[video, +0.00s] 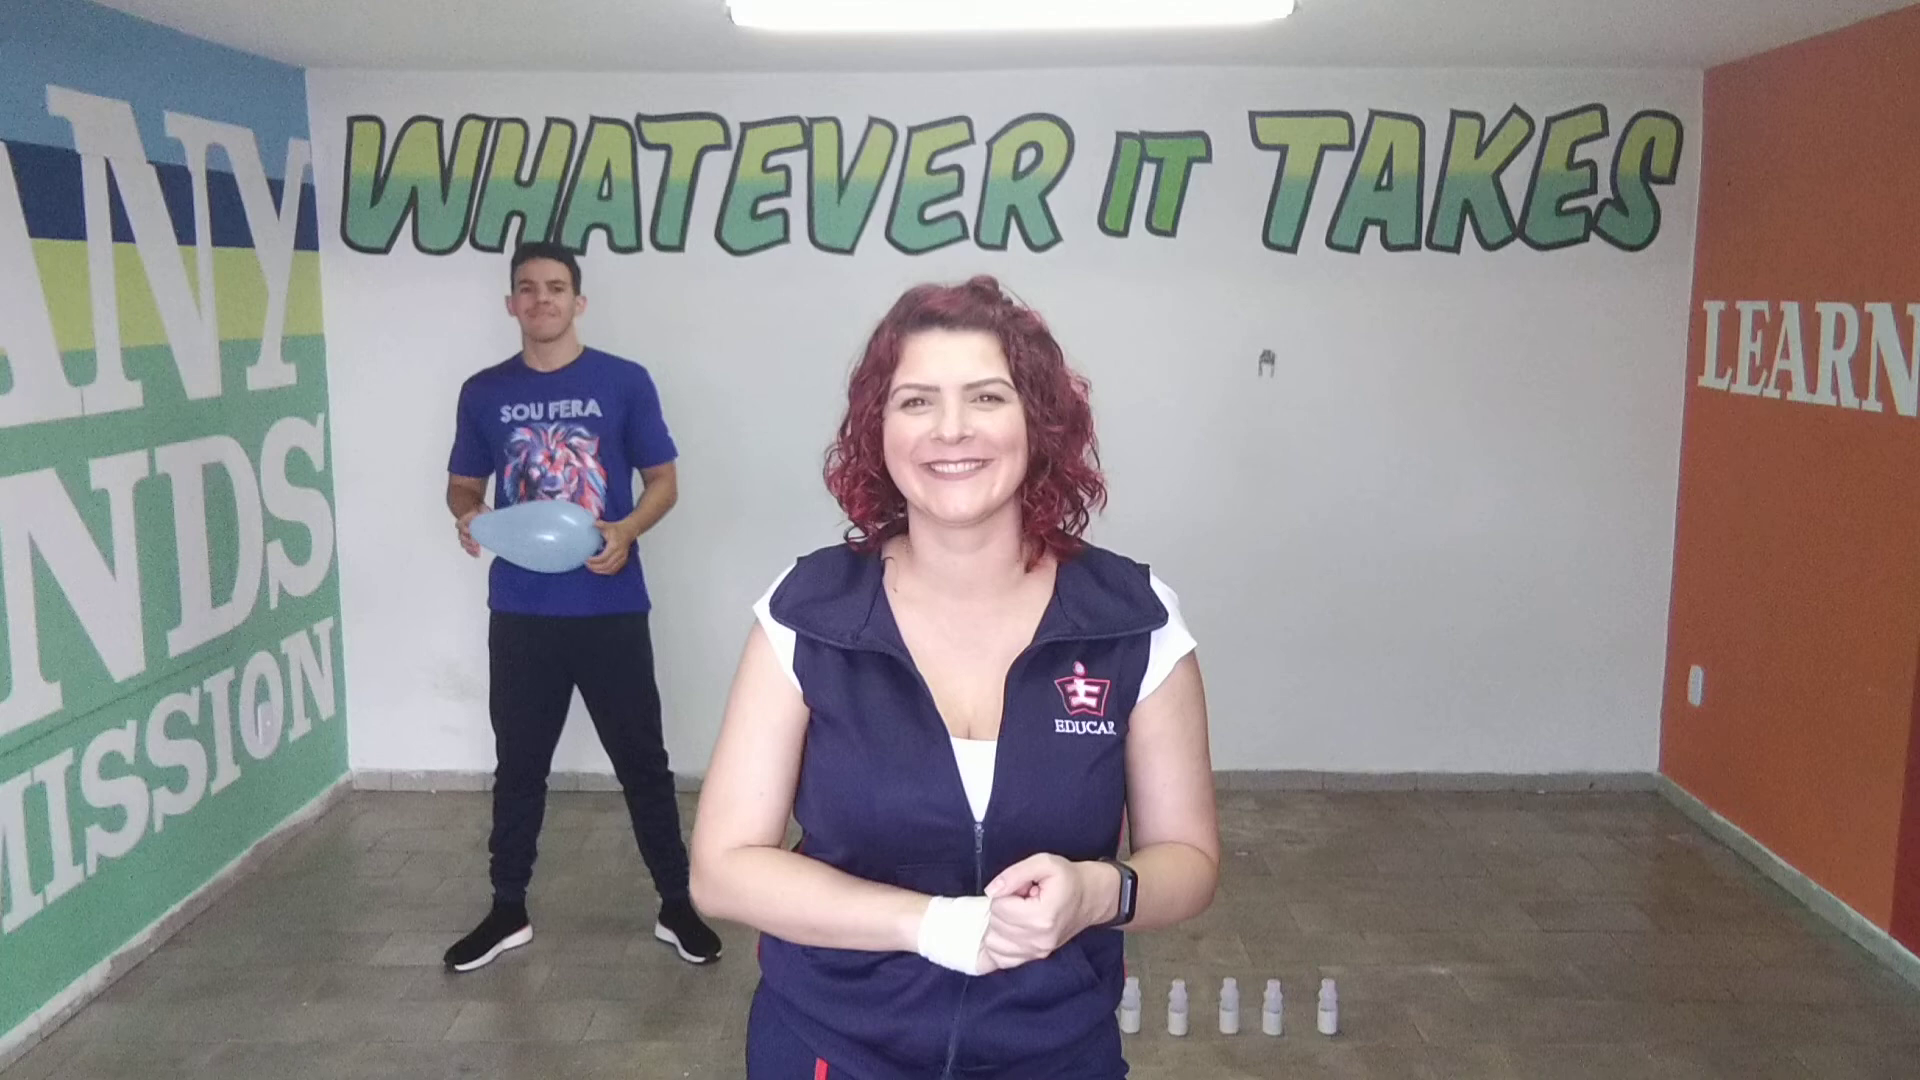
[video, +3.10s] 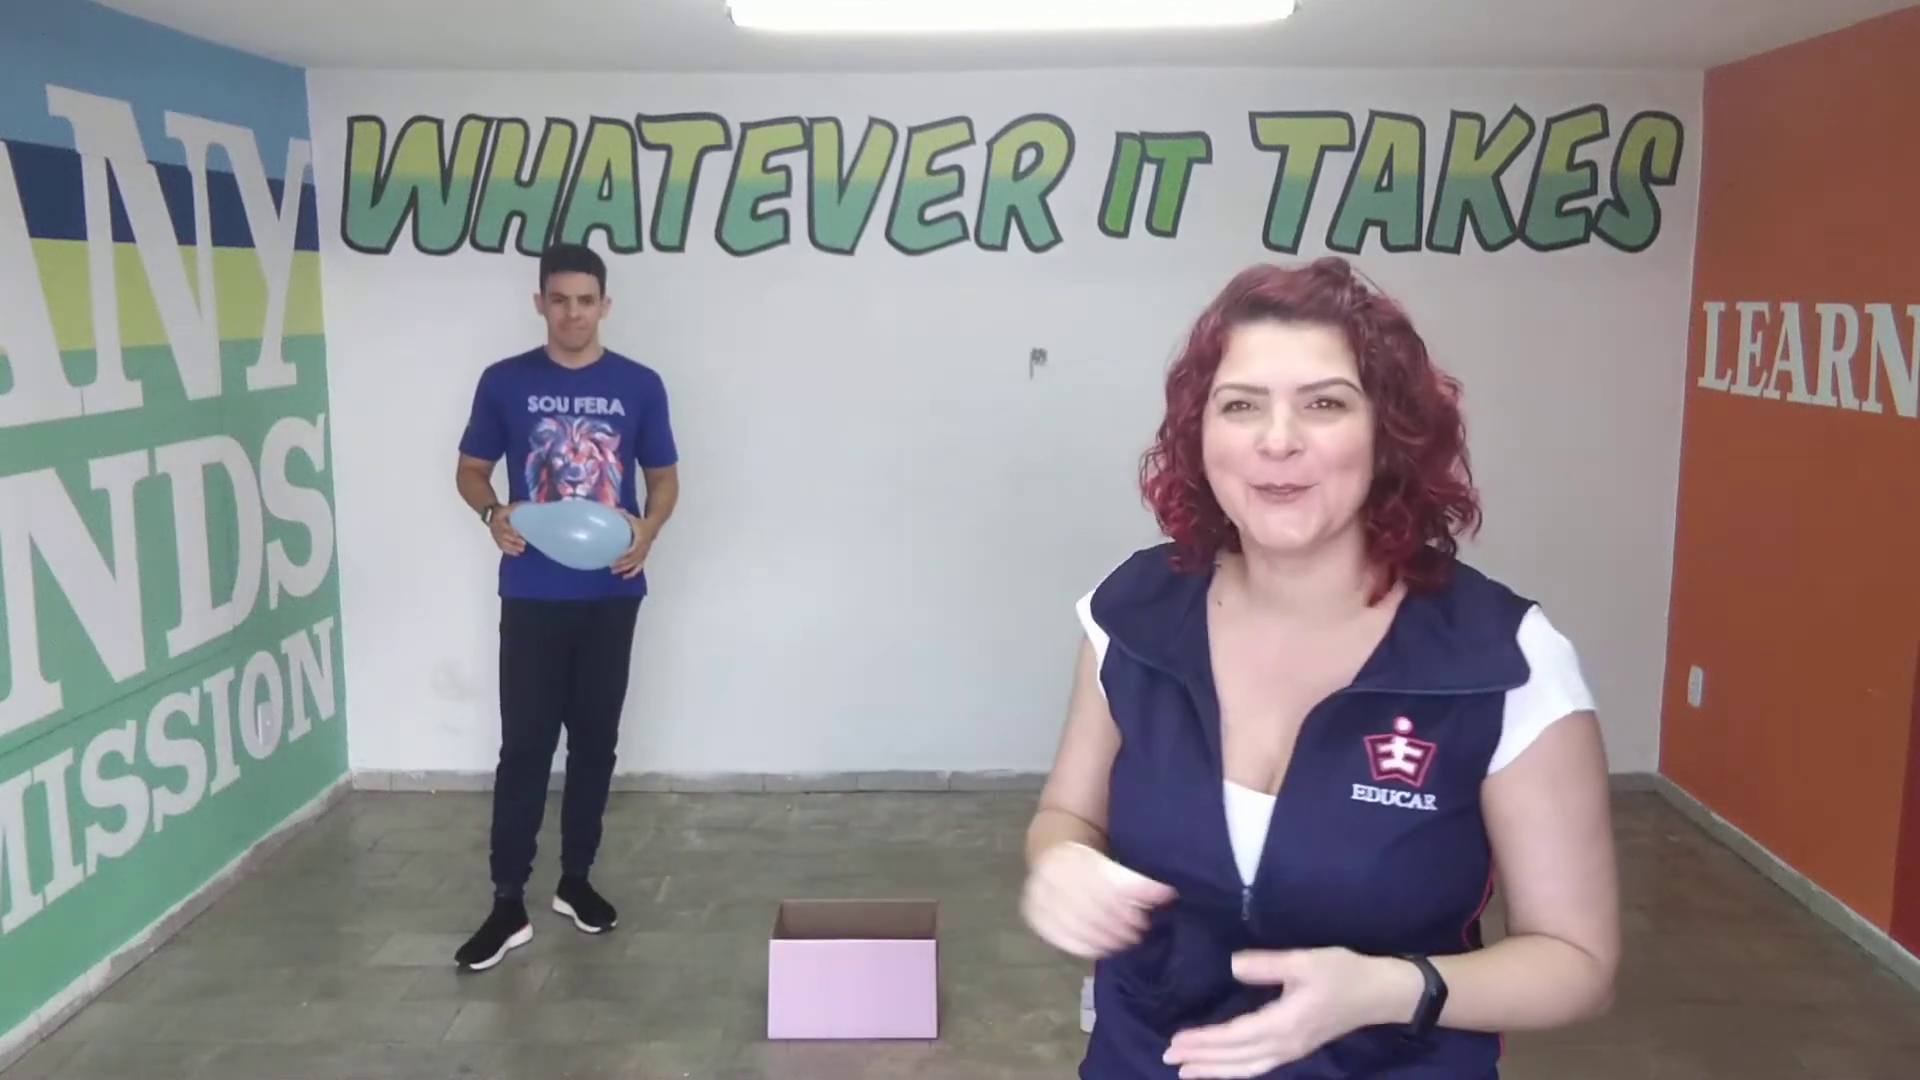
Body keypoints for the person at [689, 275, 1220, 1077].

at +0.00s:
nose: (952, 428)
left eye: (987, 398)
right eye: (917, 401)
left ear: (1038, 421)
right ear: (878, 429)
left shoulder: (1131, 617)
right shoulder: (810, 609)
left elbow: (1186, 860)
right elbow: (722, 870)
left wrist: (1099, 894)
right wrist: (929, 922)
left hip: (1054, 1057)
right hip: (835, 1055)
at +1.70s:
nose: (993, 393)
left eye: (1035, 379)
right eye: (966, 373)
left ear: (1080, 445)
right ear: (923, 424)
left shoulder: (1167, 622)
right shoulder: (837, 608)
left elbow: (1218, 835)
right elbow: (749, 838)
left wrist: (1179, 922)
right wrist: (847, 920)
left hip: (1080, 1055)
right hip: (863, 1051)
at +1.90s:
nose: (1018, 398)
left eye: (1055, 379)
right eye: (985, 378)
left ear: (1104, 430)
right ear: (939, 428)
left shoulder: (1192, 621)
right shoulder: (854, 614)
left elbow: (1247, 820)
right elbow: (791, 825)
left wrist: (1272, 894)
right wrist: (772, 910)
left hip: (1110, 1052)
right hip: (887, 1047)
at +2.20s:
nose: (1086, 408)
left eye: (1127, 385)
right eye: (1053, 379)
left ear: (1180, 431)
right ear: (1004, 421)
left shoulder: (1269, 624)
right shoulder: (922, 615)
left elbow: (1325, 841)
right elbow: (866, 825)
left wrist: (1369, 908)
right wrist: (811, 904)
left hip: (1196, 1049)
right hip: (966, 1043)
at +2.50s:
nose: (1156, 422)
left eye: (1200, 393)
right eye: (1124, 386)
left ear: (1254, 430)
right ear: (1075, 411)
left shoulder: (1356, 627)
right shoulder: (1003, 613)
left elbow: (1430, 871)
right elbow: (958, 833)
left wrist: (1453, 882)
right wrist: (865, 876)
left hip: (1286, 1050)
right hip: (1050, 1048)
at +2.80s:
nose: (1223, 431)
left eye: (1269, 398)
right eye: (1191, 393)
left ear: (1326, 435)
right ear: (1141, 421)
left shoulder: (1439, 652)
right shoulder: (1088, 615)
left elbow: (1540, 922)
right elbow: (1064, 828)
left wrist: (1465, 958)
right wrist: (943, 862)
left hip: (1335, 1057)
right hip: (1111, 1053)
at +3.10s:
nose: (1278, 443)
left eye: (1324, 405)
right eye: (1241, 406)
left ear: (1389, 434)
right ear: (1197, 433)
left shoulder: (1504, 662)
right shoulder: (1137, 612)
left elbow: (1577, 960)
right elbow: (1070, 811)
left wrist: (1389, 991)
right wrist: (1057, 868)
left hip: (1389, 1063)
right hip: (1142, 1060)